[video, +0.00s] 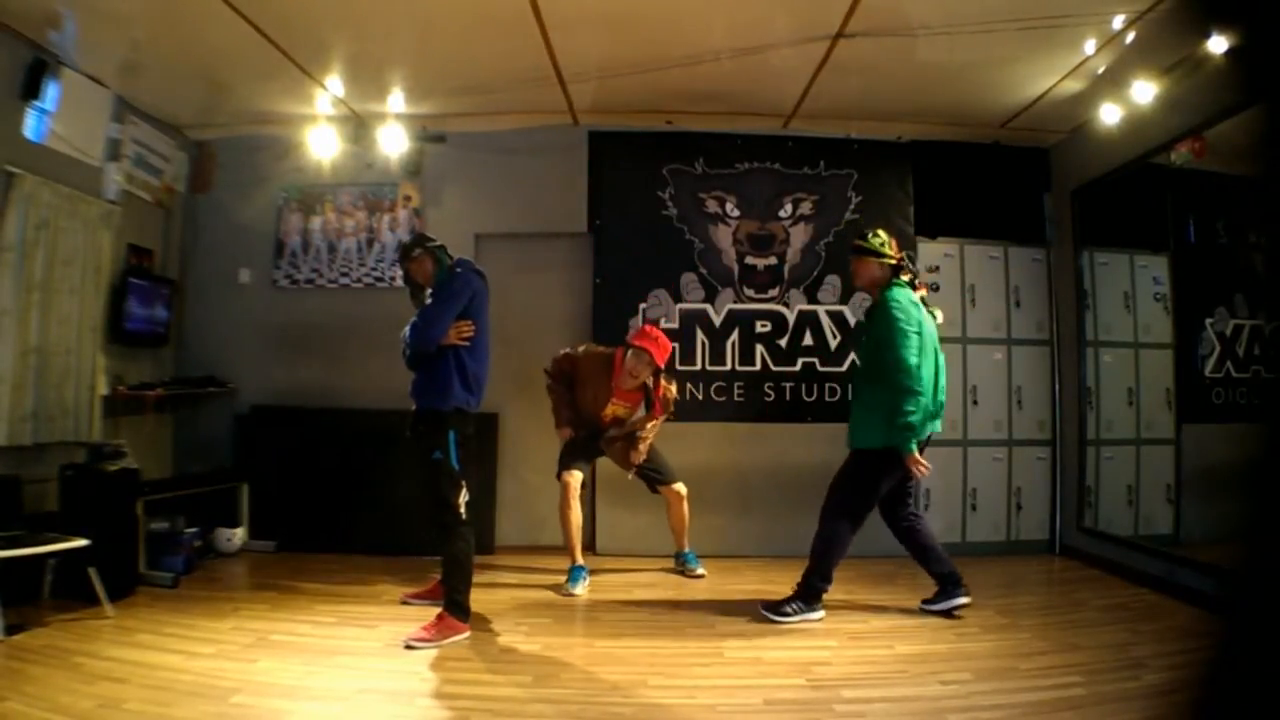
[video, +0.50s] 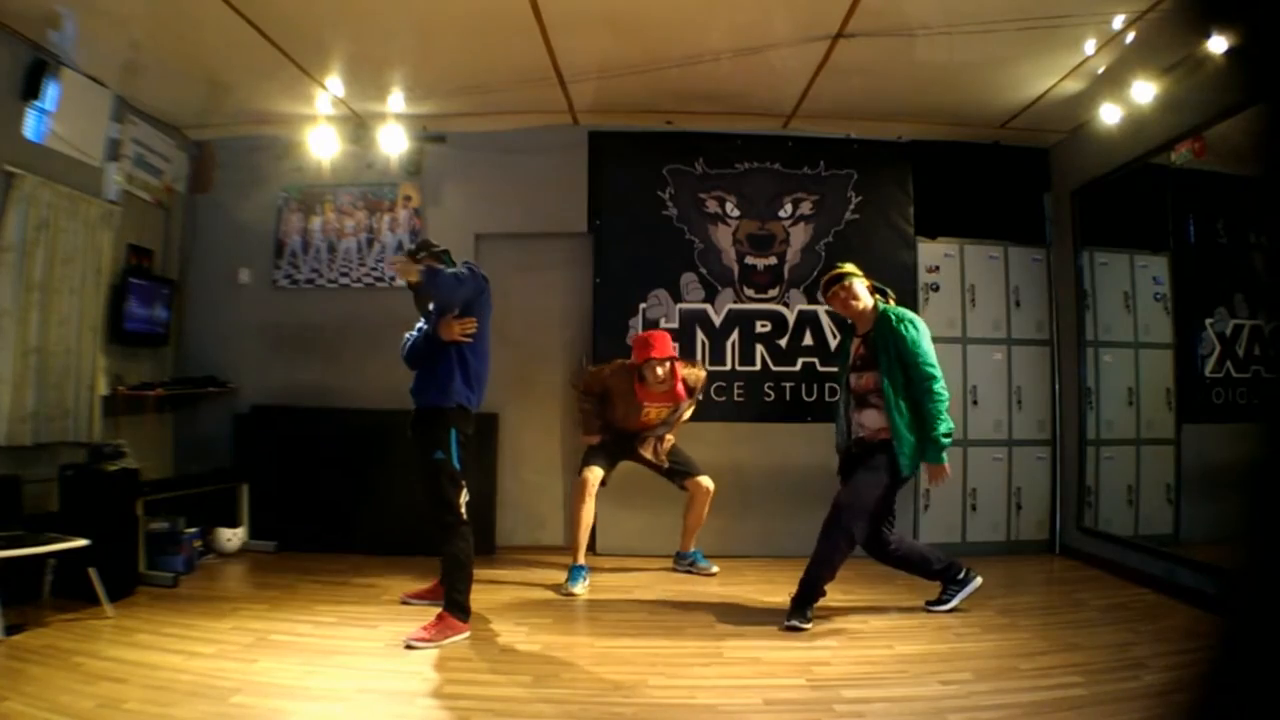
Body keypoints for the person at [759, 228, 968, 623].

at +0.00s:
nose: (852, 269)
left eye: (859, 261)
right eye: (854, 261)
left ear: (881, 265)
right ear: (883, 266)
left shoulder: (892, 307)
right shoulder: (910, 304)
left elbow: (907, 379)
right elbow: (932, 375)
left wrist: (907, 442)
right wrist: (924, 429)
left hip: (882, 437)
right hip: (900, 437)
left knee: (841, 510)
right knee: (901, 514)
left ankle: (808, 597)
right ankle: (951, 585)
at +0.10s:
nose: (851, 271)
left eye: (859, 263)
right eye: (849, 265)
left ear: (883, 268)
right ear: (852, 274)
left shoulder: (908, 308)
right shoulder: (869, 316)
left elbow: (929, 378)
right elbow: (876, 380)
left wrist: (920, 444)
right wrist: (869, 433)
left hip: (896, 436)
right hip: (877, 434)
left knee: (853, 514)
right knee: (893, 519)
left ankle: (809, 598)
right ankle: (957, 582)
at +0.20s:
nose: (857, 280)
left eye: (862, 270)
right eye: (849, 276)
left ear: (882, 271)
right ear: (846, 286)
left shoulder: (913, 315)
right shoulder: (862, 324)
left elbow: (939, 378)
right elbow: (866, 385)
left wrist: (931, 444)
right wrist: (857, 435)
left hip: (898, 442)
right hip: (866, 440)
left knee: (856, 525)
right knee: (885, 526)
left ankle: (806, 603)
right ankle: (958, 576)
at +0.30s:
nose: (854, 291)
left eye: (858, 280)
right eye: (845, 288)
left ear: (876, 278)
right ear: (842, 296)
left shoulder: (910, 320)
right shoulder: (859, 331)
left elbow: (942, 379)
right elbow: (858, 394)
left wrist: (943, 446)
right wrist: (852, 445)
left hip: (898, 445)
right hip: (864, 446)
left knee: (851, 527)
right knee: (877, 534)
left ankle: (804, 602)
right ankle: (955, 575)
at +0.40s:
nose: (850, 297)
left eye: (854, 286)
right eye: (841, 295)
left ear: (872, 282)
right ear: (838, 303)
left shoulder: (905, 324)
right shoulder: (853, 337)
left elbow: (937, 383)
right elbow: (860, 398)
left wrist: (944, 449)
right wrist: (852, 447)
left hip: (898, 445)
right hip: (863, 447)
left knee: (848, 516)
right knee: (876, 538)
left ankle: (804, 601)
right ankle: (955, 575)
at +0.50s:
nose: (844, 296)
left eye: (847, 286)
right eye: (836, 295)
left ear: (866, 285)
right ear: (834, 307)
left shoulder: (903, 324)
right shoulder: (851, 340)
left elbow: (931, 384)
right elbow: (856, 398)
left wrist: (936, 449)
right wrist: (849, 447)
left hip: (893, 448)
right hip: (859, 450)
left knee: (844, 516)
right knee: (877, 540)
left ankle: (803, 602)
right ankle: (956, 576)